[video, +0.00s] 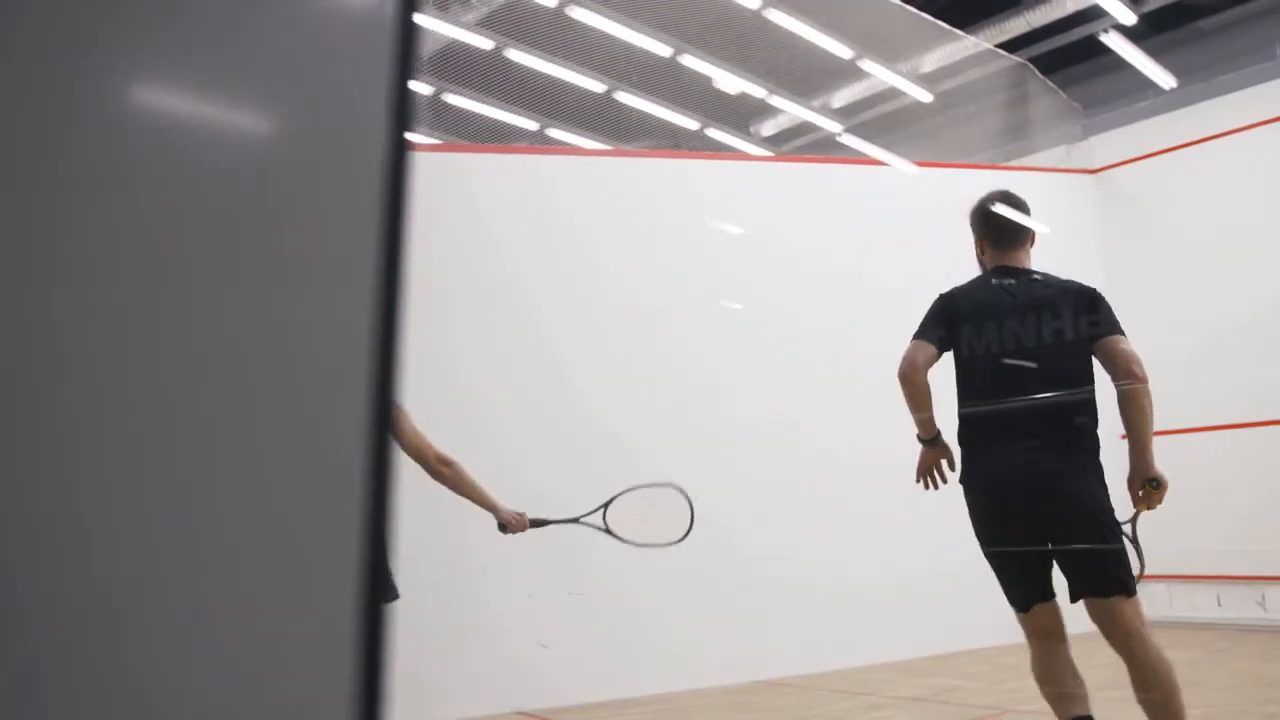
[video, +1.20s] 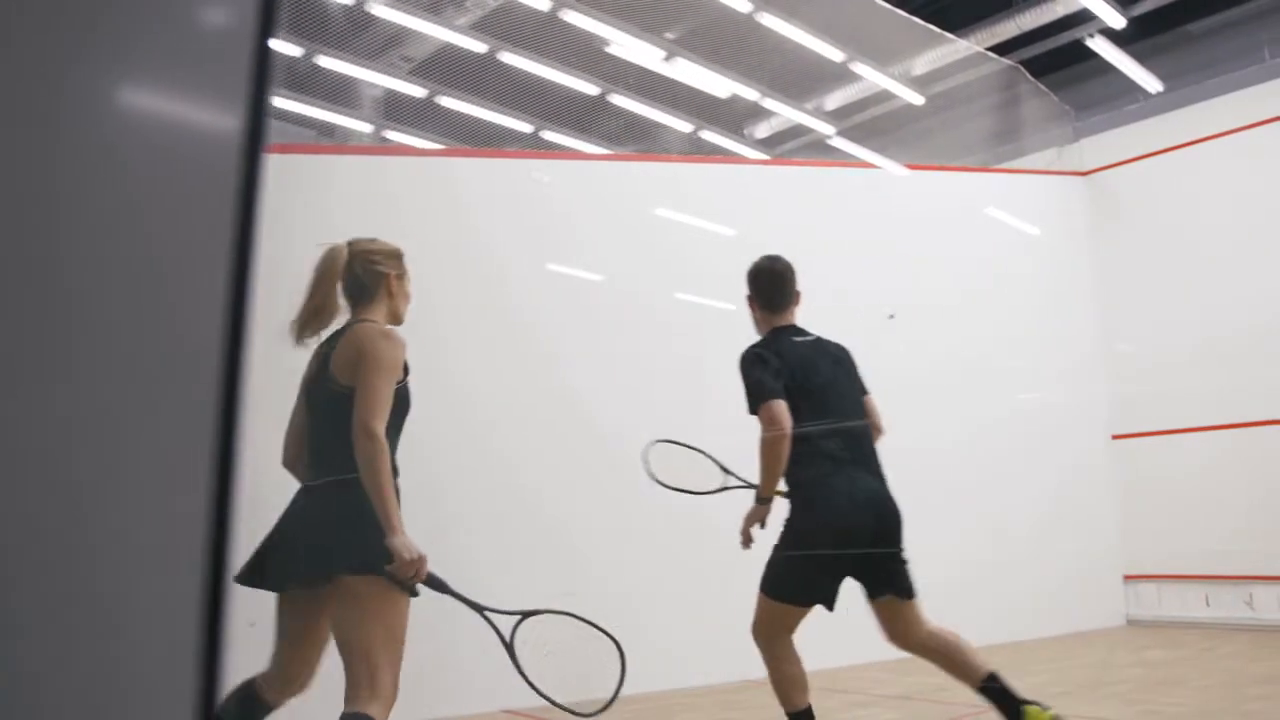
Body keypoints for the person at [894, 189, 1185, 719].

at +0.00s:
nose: (975, 252)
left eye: (975, 244)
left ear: (978, 245)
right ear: (1031, 240)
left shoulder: (956, 304)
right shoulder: (1079, 297)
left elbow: (911, 368)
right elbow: (1130, 375)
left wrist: (929, 437)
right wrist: (1143, 464)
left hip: (995, 492)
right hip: (1073, 485)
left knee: (1044, 634)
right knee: (1128, 628)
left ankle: (1078, 717)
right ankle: (1173, 715)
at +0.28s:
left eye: (970, 272)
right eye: (1020, 268)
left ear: (968, 276)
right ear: (1023, 274)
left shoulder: (952, 337)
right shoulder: (1071, 332)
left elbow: (923, 405)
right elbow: (1125, 409)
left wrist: (932, 466)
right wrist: (1123, 493)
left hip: (995, 517)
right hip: (1072, 512)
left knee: (982, 636)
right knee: (1121, 637)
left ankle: (1025, 713)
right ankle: (1160, 718)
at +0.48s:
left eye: (940, 289)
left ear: (943, 294)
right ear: (995, 289)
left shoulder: (934, 350)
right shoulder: (1049, 345)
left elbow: (914, 416)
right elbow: (1098, 423)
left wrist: (919, 489)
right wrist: (1082, 494)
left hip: (980, 523)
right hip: (1057, 520)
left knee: (927, 626)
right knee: (1108, 636)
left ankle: (950, 715)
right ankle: (1149, 718)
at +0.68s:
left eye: (904, 303)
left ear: (904, 306)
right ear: (954, 301)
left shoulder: (902, 362)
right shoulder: (1005, 353)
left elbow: (890, 422)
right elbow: (1054, 430)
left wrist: (888, 501)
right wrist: (1025, 489)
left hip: (955, 528)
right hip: (1026, 525)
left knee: (874, 621)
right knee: (1083, 642)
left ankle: (874, 716)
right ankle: (1135, 716)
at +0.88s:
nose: (846, 307)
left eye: (844, 301)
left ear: (847, 306)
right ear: (894, 300)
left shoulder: (850, 359)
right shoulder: (941, 352)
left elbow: (852, 423)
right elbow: (987, 425)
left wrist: (846, 499)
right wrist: (955, 478)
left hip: (913, 528)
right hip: (979, 524)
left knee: (829, 622)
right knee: (1041, 639)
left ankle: (829, 718)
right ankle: (1114, 717)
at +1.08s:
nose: (786, 305)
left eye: (783, 299)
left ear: (785, 304)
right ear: (831, 299)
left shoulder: (791, 356)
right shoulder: (872, 350)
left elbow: (807, 423)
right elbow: (916, 421)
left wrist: (794, 498)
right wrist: (880, 472)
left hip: (854, 517)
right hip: (912, 512)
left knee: (791, 629)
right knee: (967, 625)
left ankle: (811, 719)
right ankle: (1073, 710)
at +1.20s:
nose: (750, 305)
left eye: (748, 299)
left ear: (750, 303)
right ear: (798, 300)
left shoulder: (760, 357)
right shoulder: (834, 351)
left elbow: (778, 427)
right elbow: (873, 425)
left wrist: (762, 500)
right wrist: (814, 457)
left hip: (821, 517)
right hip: (877, 511)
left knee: (771, 632)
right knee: (908, 629)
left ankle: (802, 719)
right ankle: (1018, 708)